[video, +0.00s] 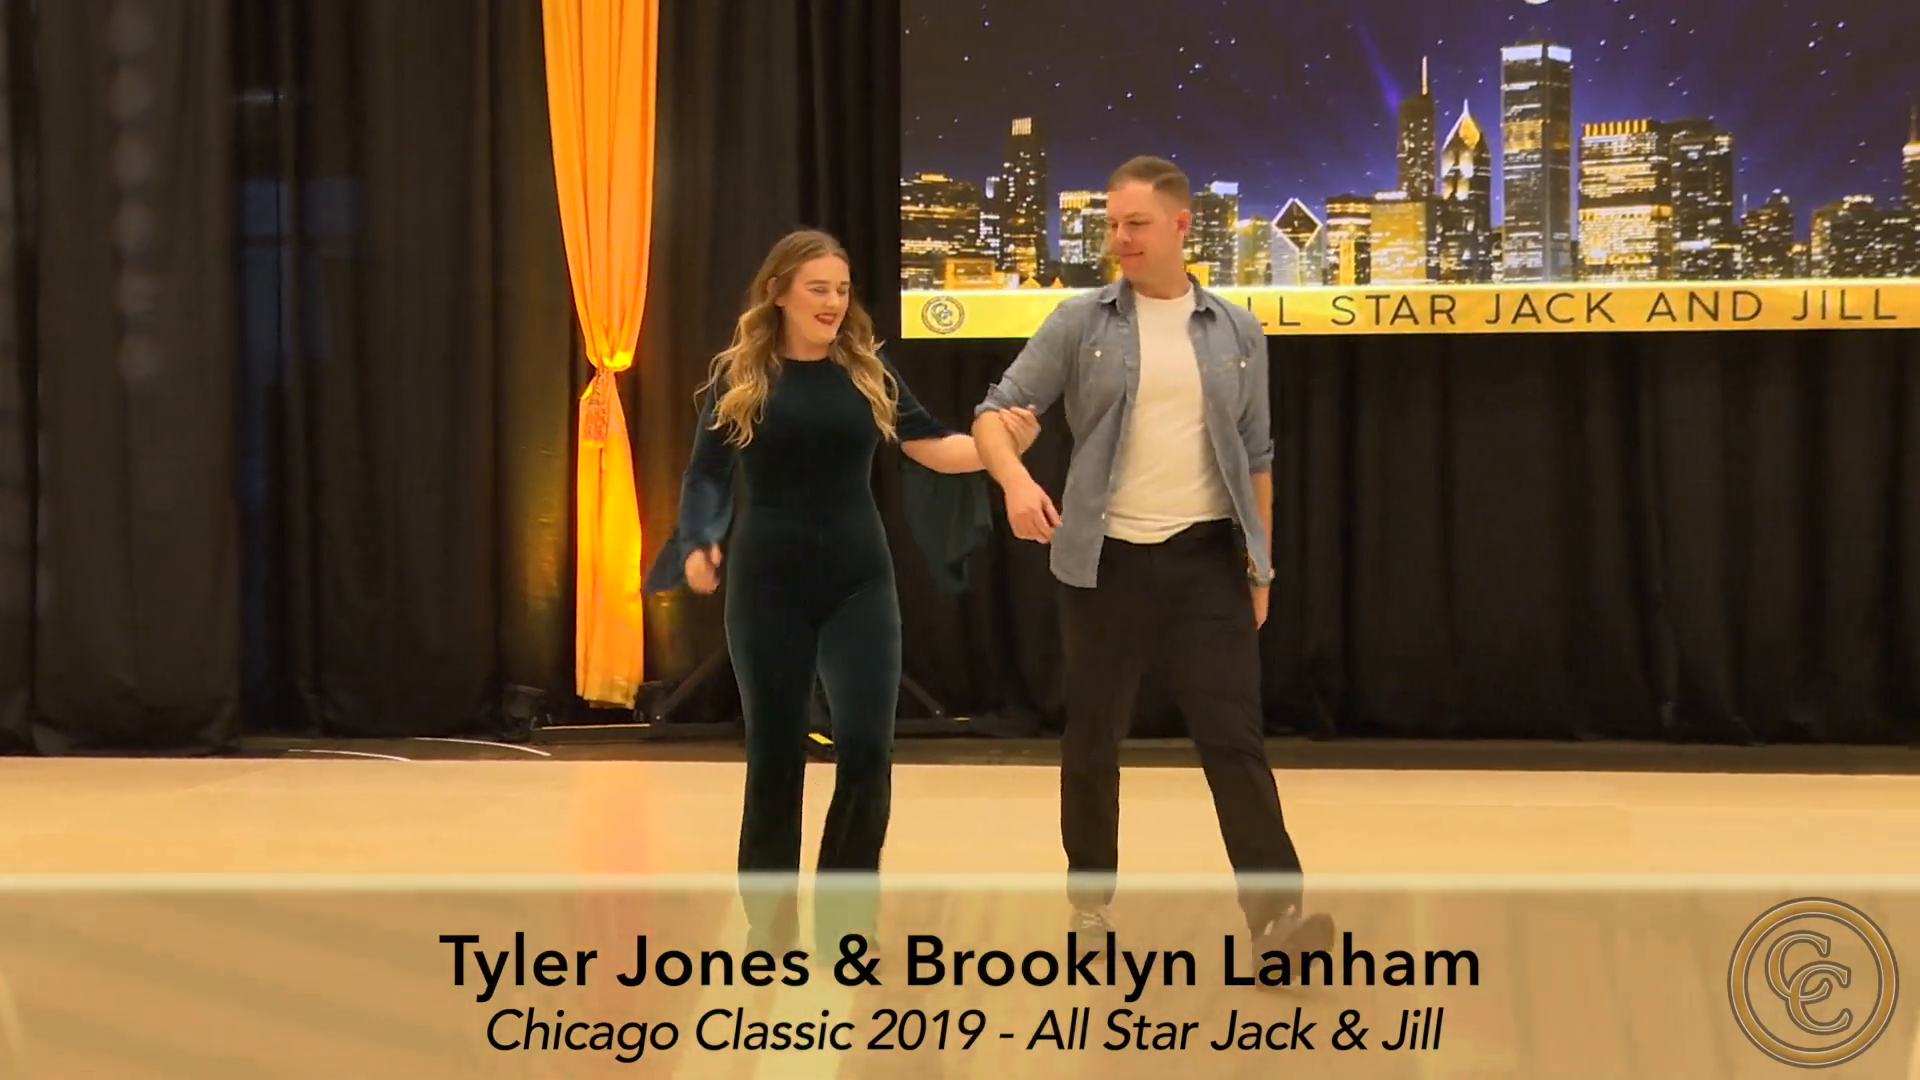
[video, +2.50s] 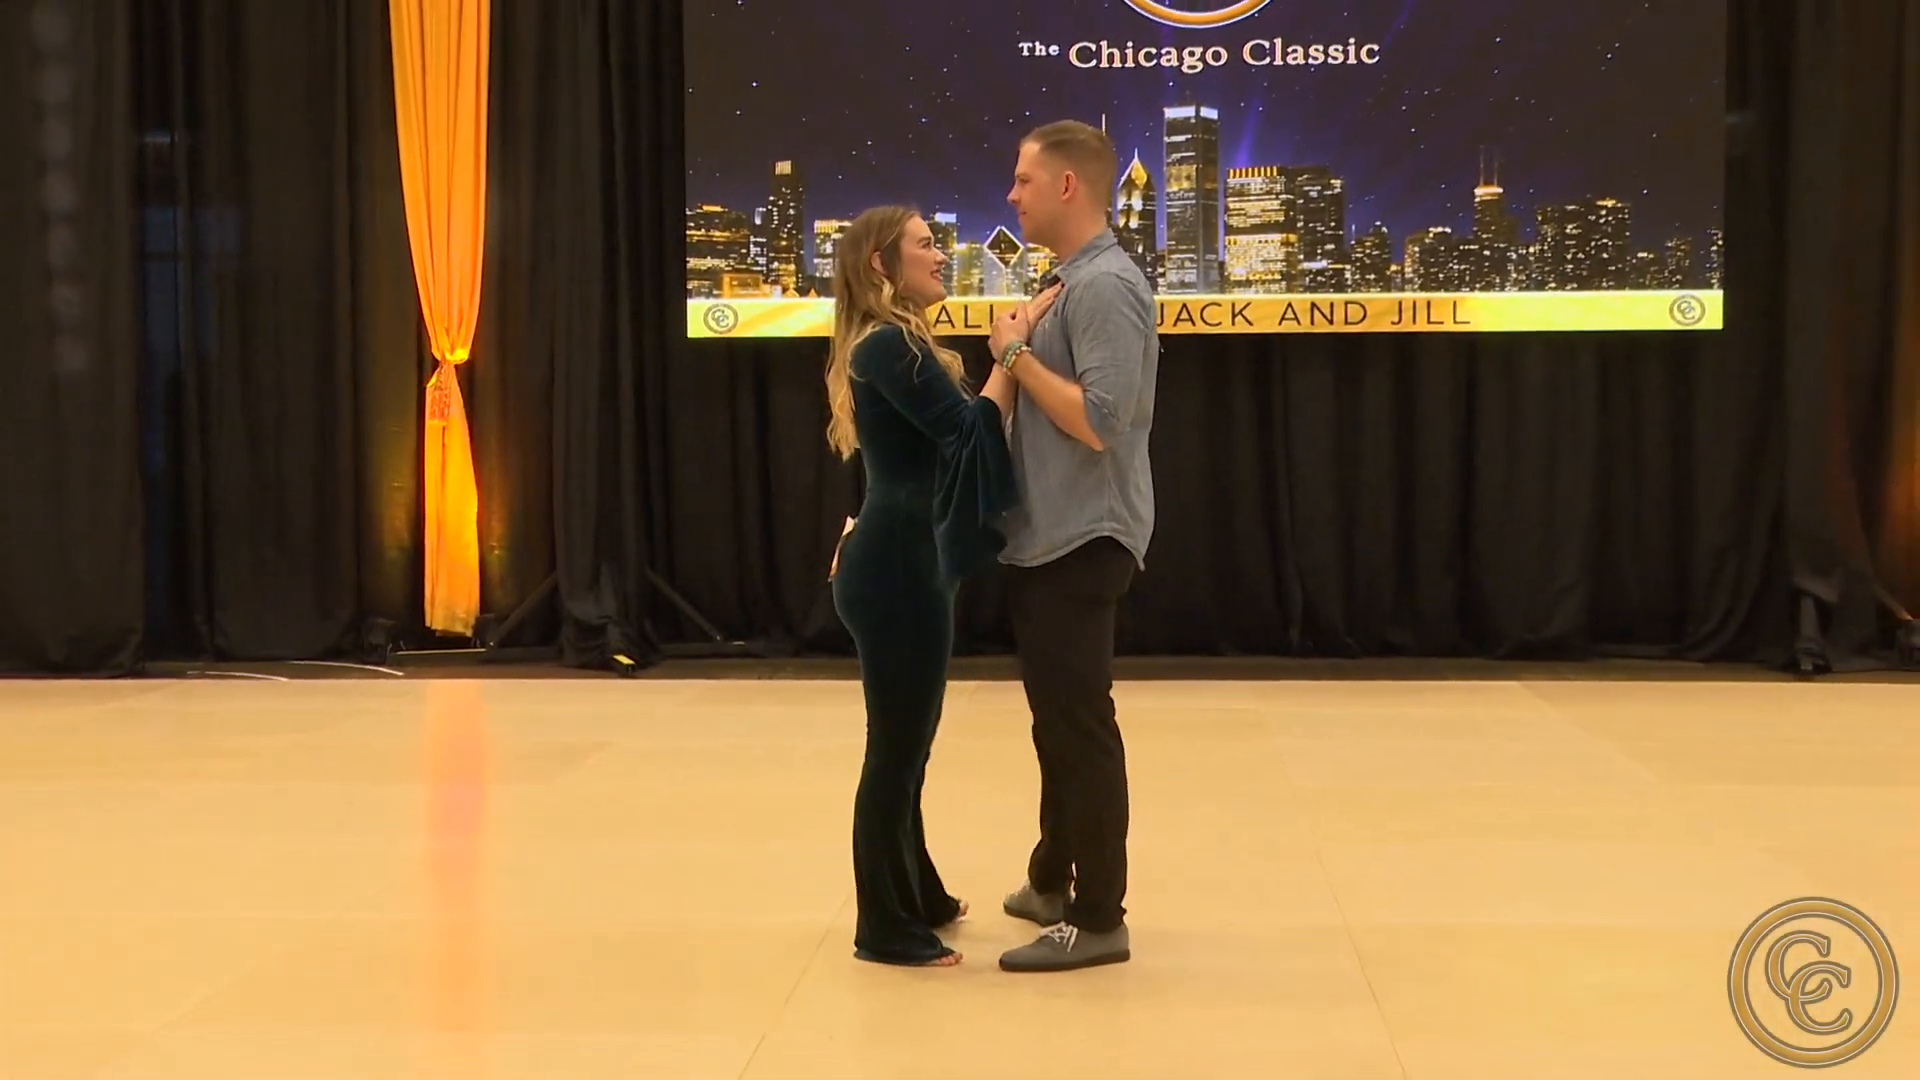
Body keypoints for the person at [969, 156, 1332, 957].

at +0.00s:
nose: (1121, 238)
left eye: (1136, 224)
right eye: (1113, 225)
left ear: (1180, 225)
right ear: (1108, 231)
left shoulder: (1238, 329)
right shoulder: (1080, 320)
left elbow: (1257, 459)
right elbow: (993, 416)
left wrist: (1260, 570)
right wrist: (1013, 478)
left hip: (1208, 558)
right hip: (1102, 558)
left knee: (1234, 744)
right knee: (1091, 743)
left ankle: (1278, 918)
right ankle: (1090, 907)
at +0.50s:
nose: (1116, 228)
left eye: (1128, 213)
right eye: (1110, 214)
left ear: (1182, 206)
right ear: (1113, 215)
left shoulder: (1266, 301)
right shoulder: (1102, 310)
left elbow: (1314, 405)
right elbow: (1059, 439)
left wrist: (1339, 491)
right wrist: (1008, 549)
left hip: (1246, 545)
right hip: (1144, 545)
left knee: (1225, 742)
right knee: (1172, 734)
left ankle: (1208, 927)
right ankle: (1170, 935)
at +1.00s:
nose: (1058, 206)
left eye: (1071, 188)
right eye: (1055, 191)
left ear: (1126, 187)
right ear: (1085, 196)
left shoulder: (1219, 286)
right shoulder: (1063, 299)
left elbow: (1262, 418)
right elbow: (998, 399)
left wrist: (1263, 546)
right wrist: (894, 433)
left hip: (1200, 541)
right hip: (1093, 544)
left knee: (1228, 735)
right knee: (1129, 745)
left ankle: (1260, 923)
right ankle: (1168, 937)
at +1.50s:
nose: (1026, 201)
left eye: (1039, 185)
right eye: (1026, 187)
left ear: (1095, 189)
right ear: (1071, 193)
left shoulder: (1163, 287)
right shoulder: (1053, 299)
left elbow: (1204, 421)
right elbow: (1021, 423)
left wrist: (1160, 538)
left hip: (1127, 553)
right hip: (1048, 551)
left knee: (1137, 747)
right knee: (1077, 743)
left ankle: (1171, 954)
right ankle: (1112, 917)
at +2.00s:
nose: (1026, 189)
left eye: (1036, 173)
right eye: (1028, 174)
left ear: (1080, 177)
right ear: (1082, 177)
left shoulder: (1123, 273)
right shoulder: (1080, 278)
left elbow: (1091, 402)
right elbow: (1033, 406)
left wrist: (987, 340)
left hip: (1103, 530)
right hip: (1057, 530)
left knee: (1085, 719)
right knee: (1028, 708)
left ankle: (1125, 945)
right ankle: (1072, 893)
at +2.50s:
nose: (1011, 197)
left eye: (1022, 182)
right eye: (1014, 182)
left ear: (1071, 189)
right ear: (1070, 190)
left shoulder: (1107, 285)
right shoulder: (1064, 287)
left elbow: (1099, 424)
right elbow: (1033, 411)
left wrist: (1018, 354)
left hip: (1085, 538)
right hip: (1050, 536)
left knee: (1082, 724)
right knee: (1055, 717)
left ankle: (1100, 921)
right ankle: (1057, 884)